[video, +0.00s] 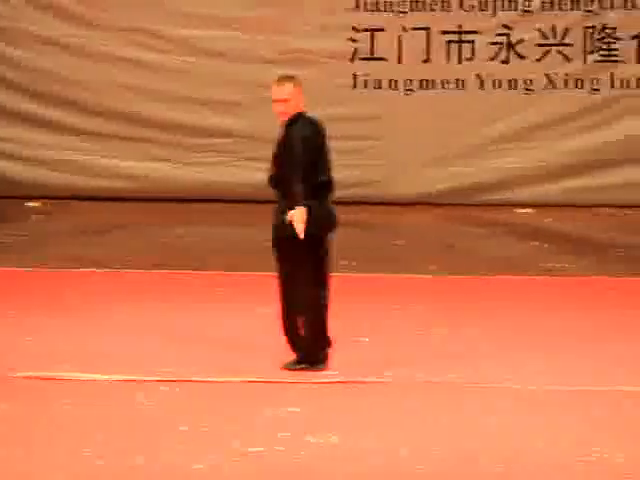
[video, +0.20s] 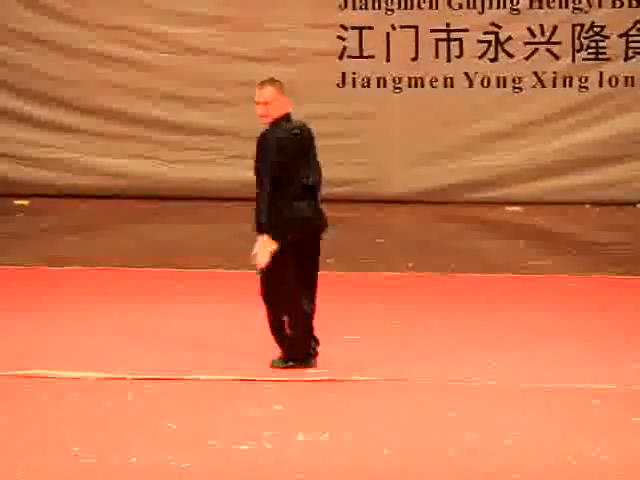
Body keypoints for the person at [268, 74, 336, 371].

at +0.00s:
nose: (278, 107)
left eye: (283, 101)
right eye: (275, 101)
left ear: (298, 98)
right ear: (278, 101)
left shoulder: (297, 130)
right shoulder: (309, 127)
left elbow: (296, 172)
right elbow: (315, 173)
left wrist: (297, 206)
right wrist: (302, 205)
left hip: (297, 220)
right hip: (312, 217)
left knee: (300, 287)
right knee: (311, 285)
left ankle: (309, 350)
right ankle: (314, 345)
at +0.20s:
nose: (259, 108)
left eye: (264, 103)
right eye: (258, 103)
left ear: (280, 102)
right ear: (283, 103)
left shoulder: (270, 138)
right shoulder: (304, 132)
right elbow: (313, 180)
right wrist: (308, 211)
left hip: (283, 226)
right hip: (309, 222)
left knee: (274, 288)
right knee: (304, 284)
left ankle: (291, 347)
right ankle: (304, 343)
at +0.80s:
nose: (269, 161)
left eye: (275, 155)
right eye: (263, 153)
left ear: (282, 155)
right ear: (252, 152)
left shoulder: (265, 185)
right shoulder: (241, 181)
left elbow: (267, 224)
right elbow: (253, 220)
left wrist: (255, 249)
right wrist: (285, 252)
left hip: (237, 260)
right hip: (214, 259)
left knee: (257, 314)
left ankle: (227, 368)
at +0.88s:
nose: (278, 162)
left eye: (282, 156)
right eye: (273, 154)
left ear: (285, 156)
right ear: (256, 150)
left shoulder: (255, 181)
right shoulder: (245, 183)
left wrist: (258, 248)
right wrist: (254, 250)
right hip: (225, 261)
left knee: (216, 316)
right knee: (255, 316)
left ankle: (217, 363)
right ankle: (224, 370)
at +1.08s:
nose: (262, 174)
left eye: (266, 168)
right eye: (256, 168)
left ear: (270, 165)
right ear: (243, 161)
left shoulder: (247, 181)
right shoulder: (235, 185)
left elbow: (278, 170)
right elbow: (267, 187)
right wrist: (299, 180)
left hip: (226, 265)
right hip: (204, 266)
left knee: (251, 318)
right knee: (230, 325)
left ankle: (226, 371)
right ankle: (191, 373)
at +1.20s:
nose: (266, 195)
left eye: (269, 189)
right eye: (262, 188)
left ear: (270, 191)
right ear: (248, 187)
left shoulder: (253, 217)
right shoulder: (232, 210)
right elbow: (236, 189)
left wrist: (274, 163)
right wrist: (257, 160)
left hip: (233, 278)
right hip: (210, 277)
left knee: (249, 314)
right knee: (222, 324)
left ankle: (232, 365)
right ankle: (216, 401)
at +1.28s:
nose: (261, 213)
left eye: (265, 207)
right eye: (255, 206)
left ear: (270, 206)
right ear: (243, 203)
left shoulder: (252, 227)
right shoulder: (231, 224)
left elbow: (262, 193)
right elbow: (229, 204)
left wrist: (266, 172)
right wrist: (231, 186)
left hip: (233, 299)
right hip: (212, 298)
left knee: (256, 327)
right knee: (244, 341)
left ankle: (235, 380)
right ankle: (219, 409)